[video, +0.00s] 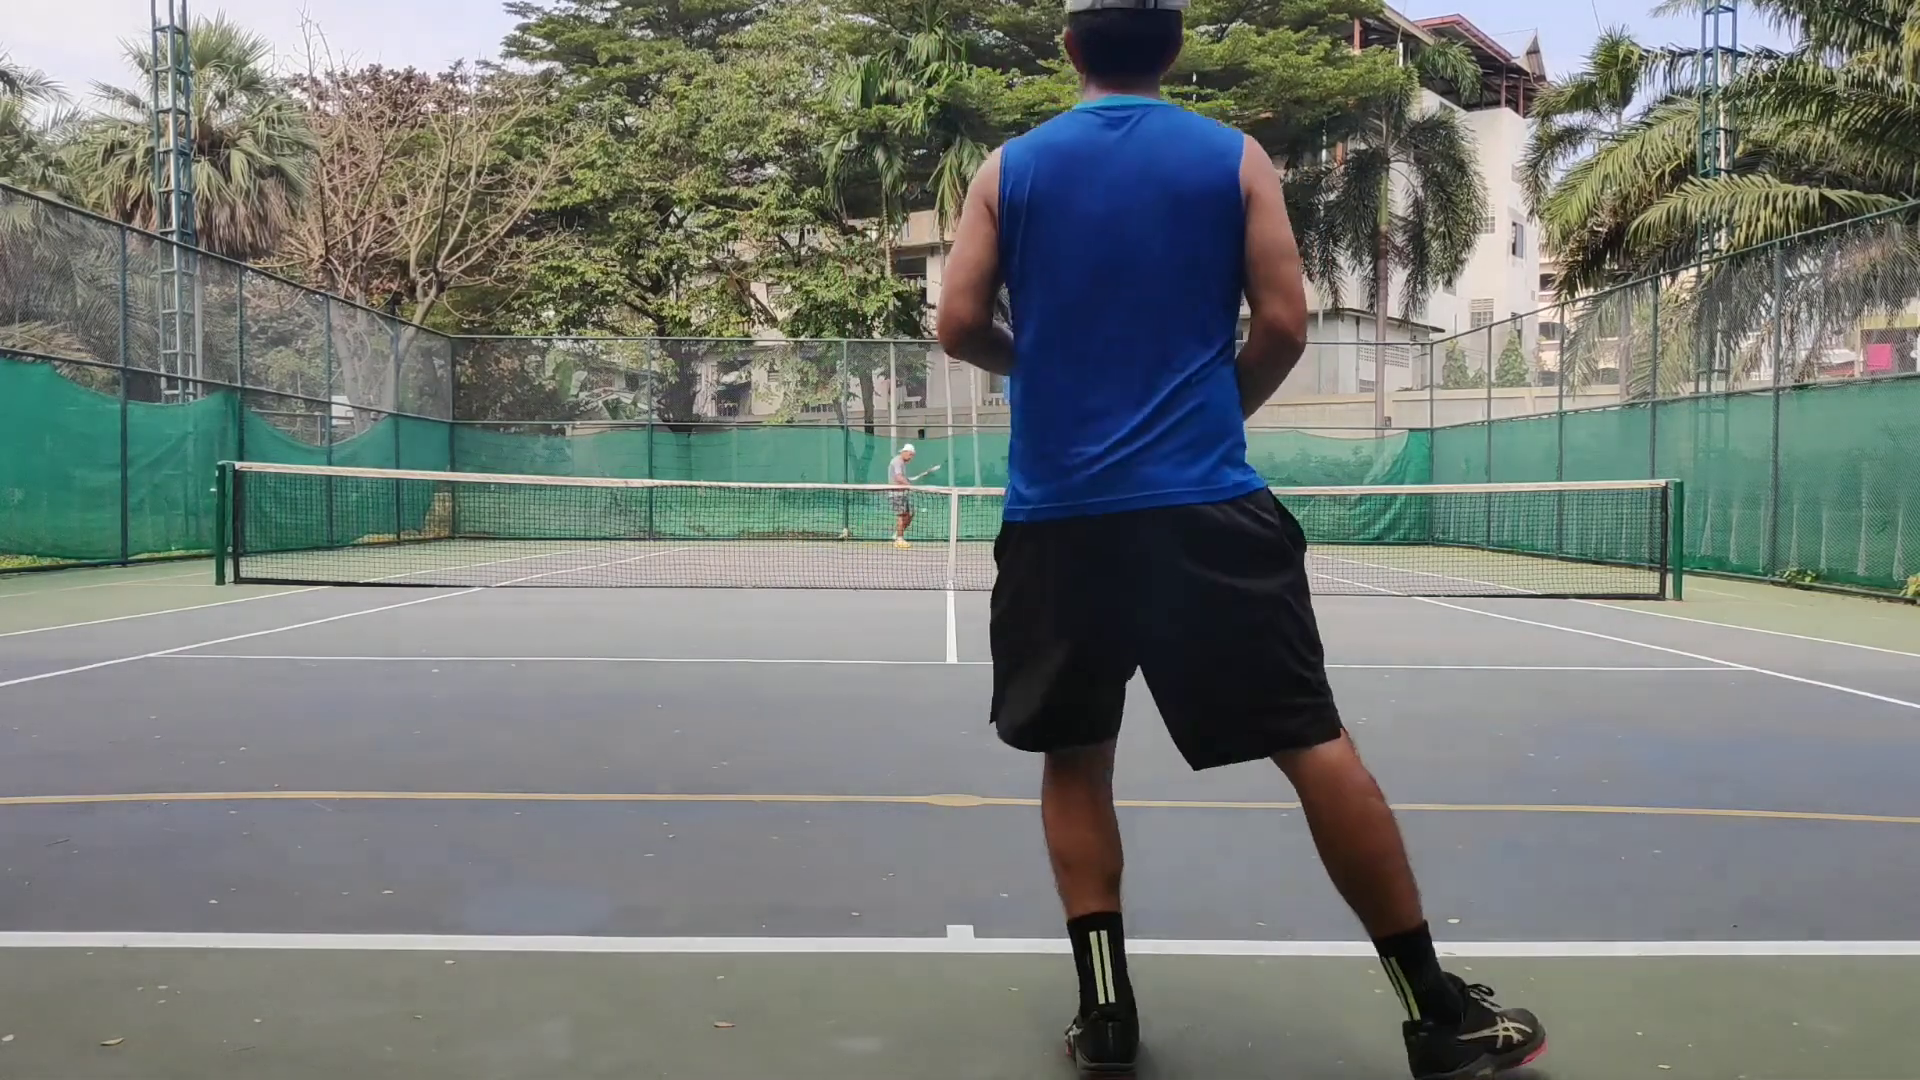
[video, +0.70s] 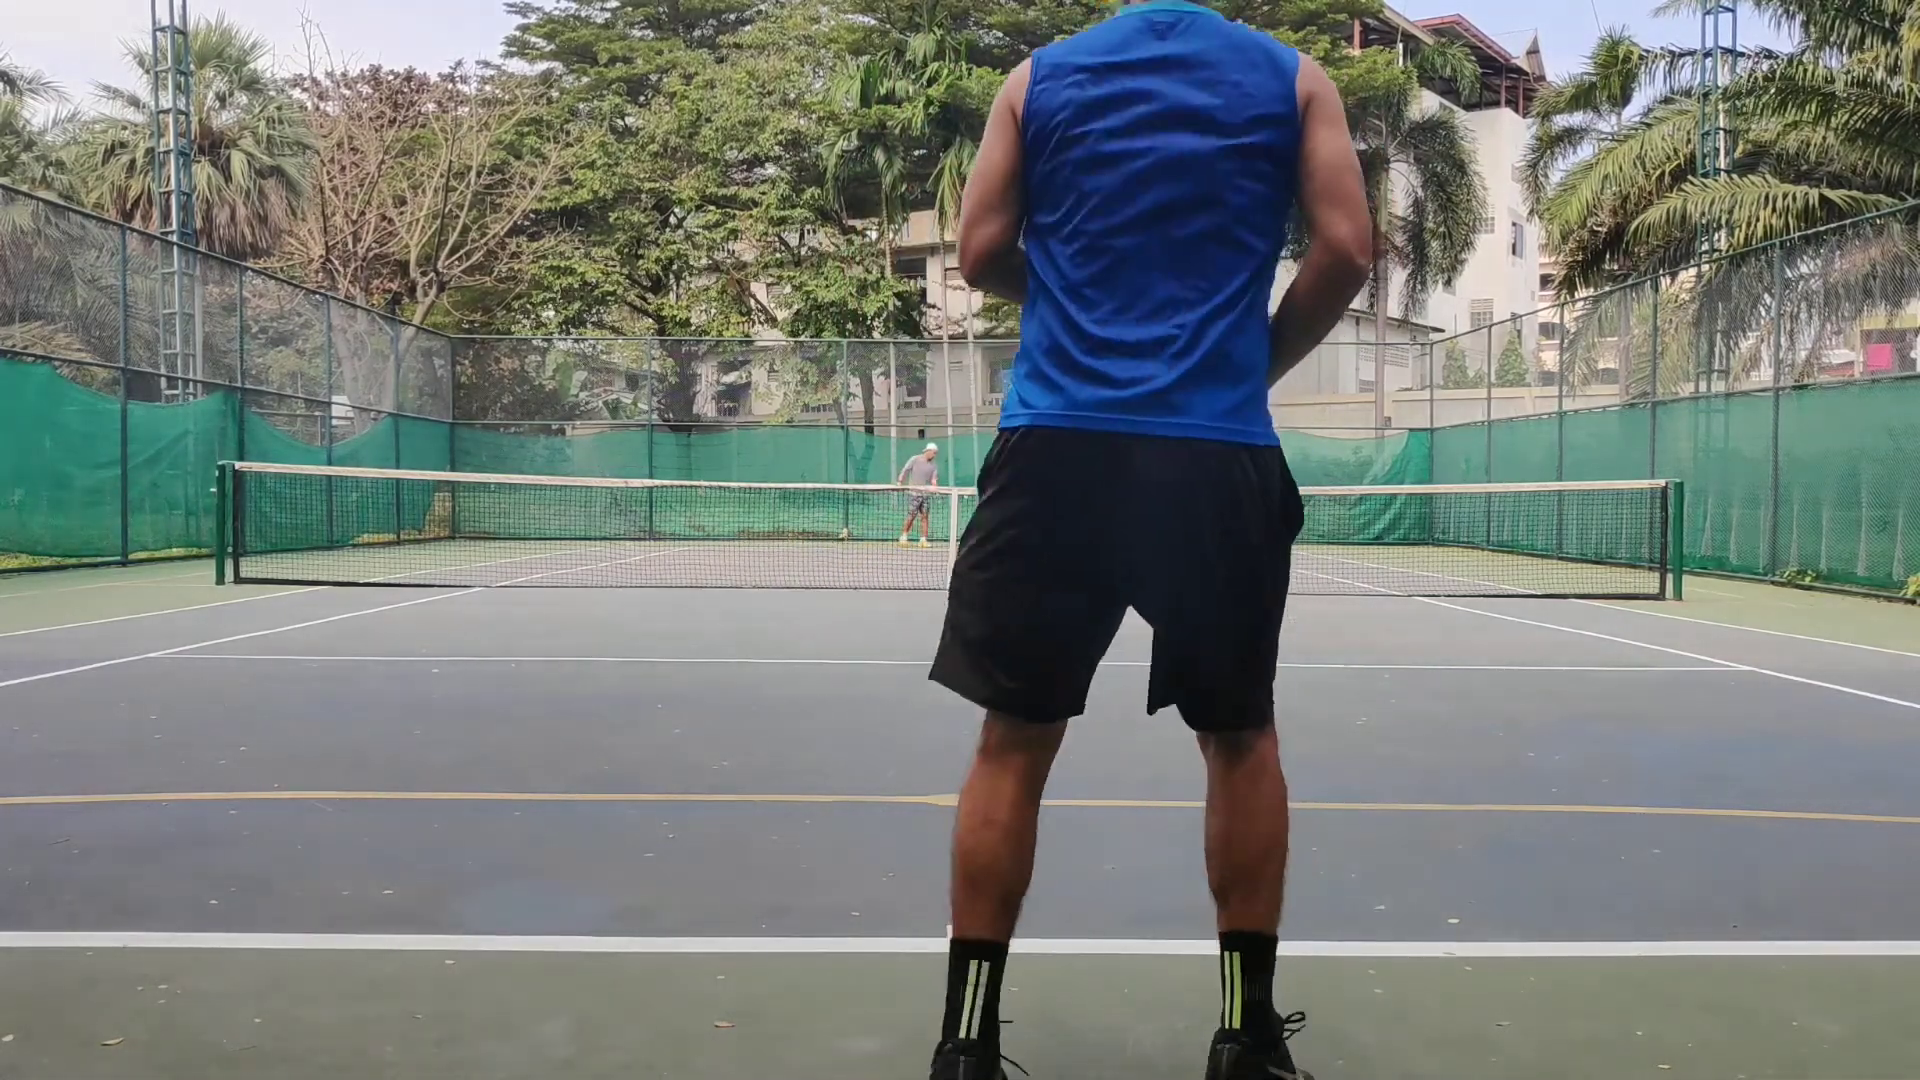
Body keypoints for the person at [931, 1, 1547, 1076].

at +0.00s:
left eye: (1079, 41)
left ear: (1073, 56)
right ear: (1174, 58)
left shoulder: (1011, 168)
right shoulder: (1236, 157)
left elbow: (958, 324)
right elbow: (1284, 320)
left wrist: (1040, 363)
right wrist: (1219, 406)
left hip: (1058, 525)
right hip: (1207, 513)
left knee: (1075, 759)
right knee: (1314, 744)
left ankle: (1105, 1012)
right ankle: (1433, 1006)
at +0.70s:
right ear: (1222, 2)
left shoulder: (1037, 76)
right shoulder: (1295, 78)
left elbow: (980, 251)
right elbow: (1347, 247)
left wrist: (1066, 284)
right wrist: (1261, 362)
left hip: (1059, 466)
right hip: (1219, 472)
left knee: (1011, 746)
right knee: (1241, 742)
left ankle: (968, 1034)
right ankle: (1250, 1026)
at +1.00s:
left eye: (1106, 16)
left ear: (1113, 15)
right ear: (1228, 16)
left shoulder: (1042, 122)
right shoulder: (1292, 110)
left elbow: (965, 294)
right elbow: (1338, 298)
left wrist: (1051, 337)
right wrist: (1246, 388)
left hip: (1054, 494)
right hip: (1217, 498)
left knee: (1017, 756)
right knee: (1324, 768)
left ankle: (911, 1032)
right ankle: (1348, 1054)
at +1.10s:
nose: (1134, 33)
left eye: (1128, 26)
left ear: (1127, 42)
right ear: (1239, 48)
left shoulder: (1051, 168)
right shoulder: (1303, 157)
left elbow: (976, 346)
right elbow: (1333, 352)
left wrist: (1070, 387)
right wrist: (1250, 443)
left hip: (1057, 537)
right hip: (1217, 539)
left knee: (1041, 762)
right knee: (1343, 792)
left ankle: (915, 1024)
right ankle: (1343, 1063)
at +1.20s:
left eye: (1131, 40)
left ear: (1127, 57)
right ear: (1238, 66)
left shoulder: (1052, 177)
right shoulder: (1282, 165)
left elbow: (988, 383)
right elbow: (1296, 374)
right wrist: (1229, 480)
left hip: (1034, 546)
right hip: (1191, 546)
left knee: (1053, 779)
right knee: (1340, 794)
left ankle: (910, 1039)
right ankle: (1340, 1064)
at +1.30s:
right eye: (1238, 35)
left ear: (1122, 43)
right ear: (1238, 50)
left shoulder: (1063, 155)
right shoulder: (1239, 141)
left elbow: (1101, 326)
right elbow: (1242, 359)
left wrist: (1258, 387)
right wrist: (1240, 496)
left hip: (990, 522)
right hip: (1126, 522)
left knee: (1051, 777)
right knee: (1316, 770)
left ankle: (911, 1049)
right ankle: (1337, 1063)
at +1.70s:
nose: (1360, 85)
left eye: (1360, 67)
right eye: (1364, 63)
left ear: (1240, 46)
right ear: (1344, 64)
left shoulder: (1258, 200)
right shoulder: (1229, 116)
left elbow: (1397, 342)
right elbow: (1138, 272)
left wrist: (1570, 403)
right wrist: (1351, 288)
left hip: (1031, 541)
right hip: (1110, 544)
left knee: (1113, 795)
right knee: (1352, 821)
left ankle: (878, 1011)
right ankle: (1302, 1072)